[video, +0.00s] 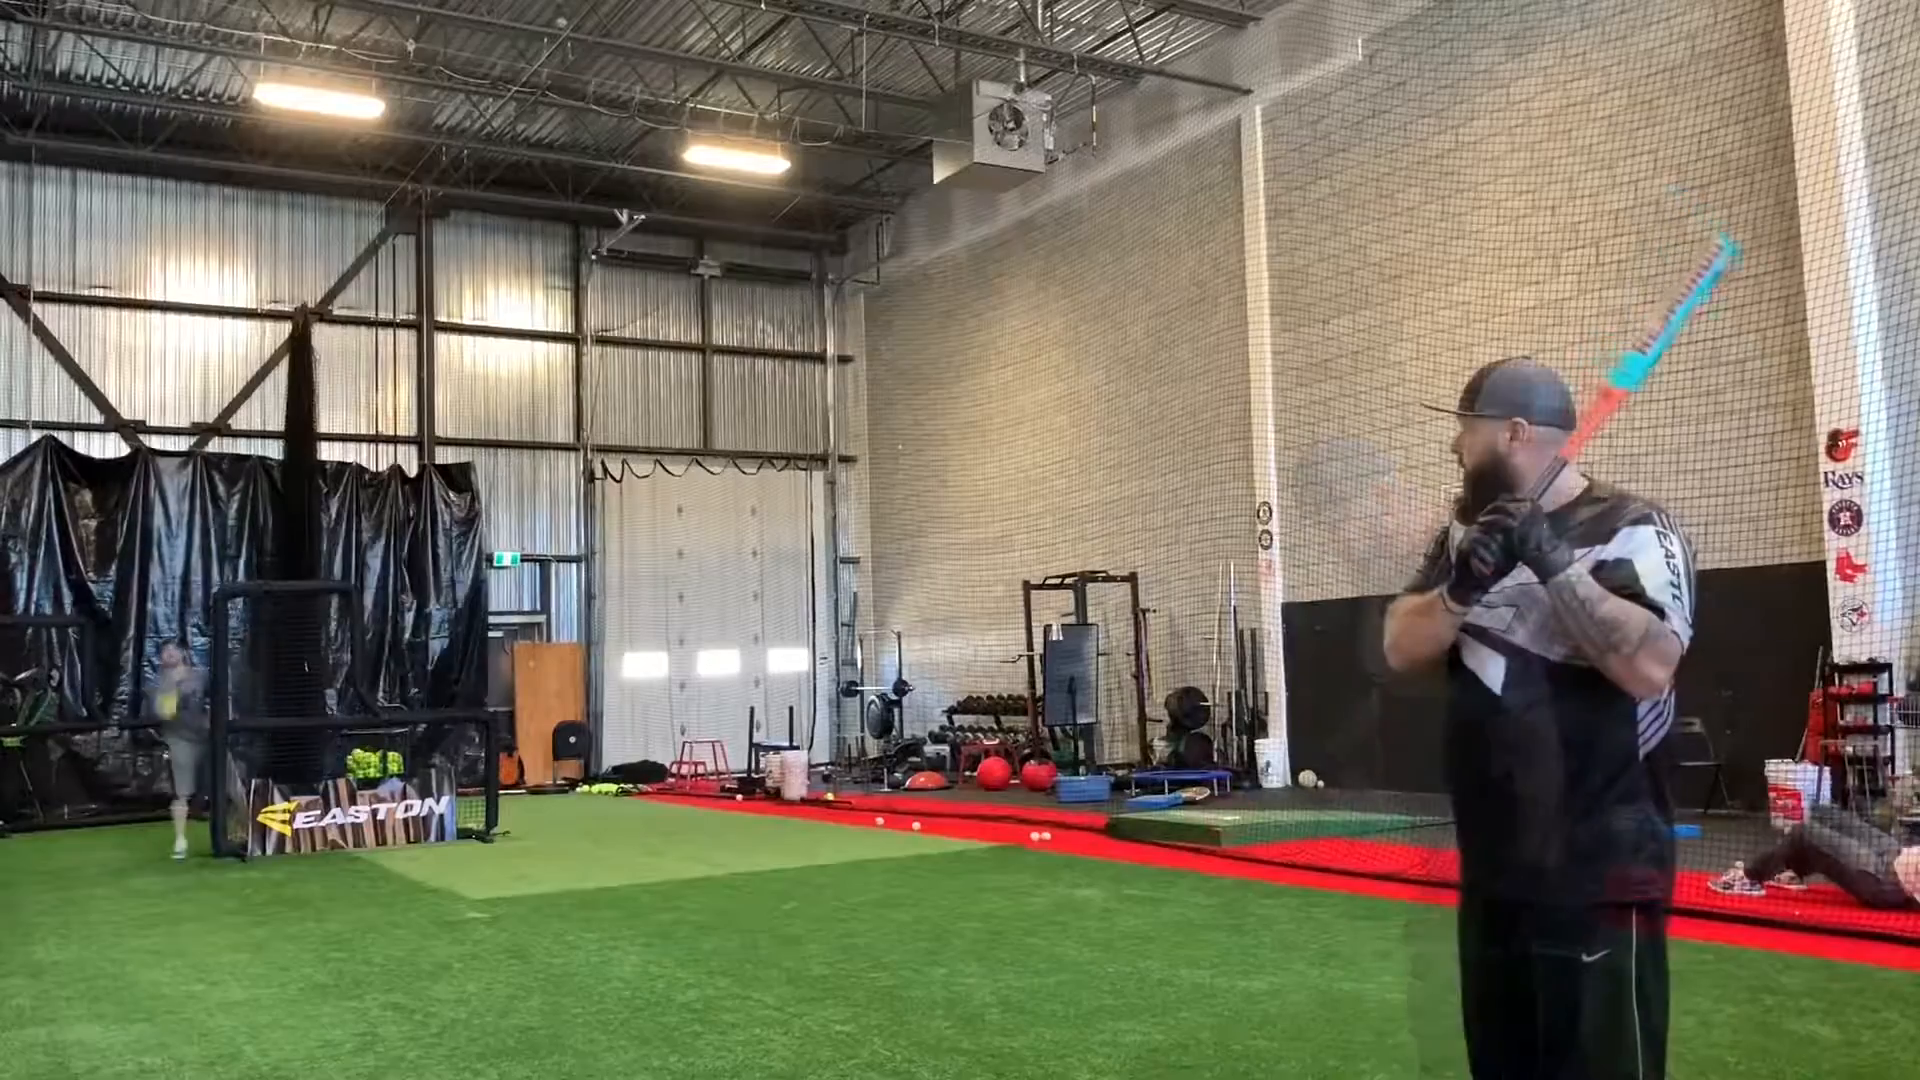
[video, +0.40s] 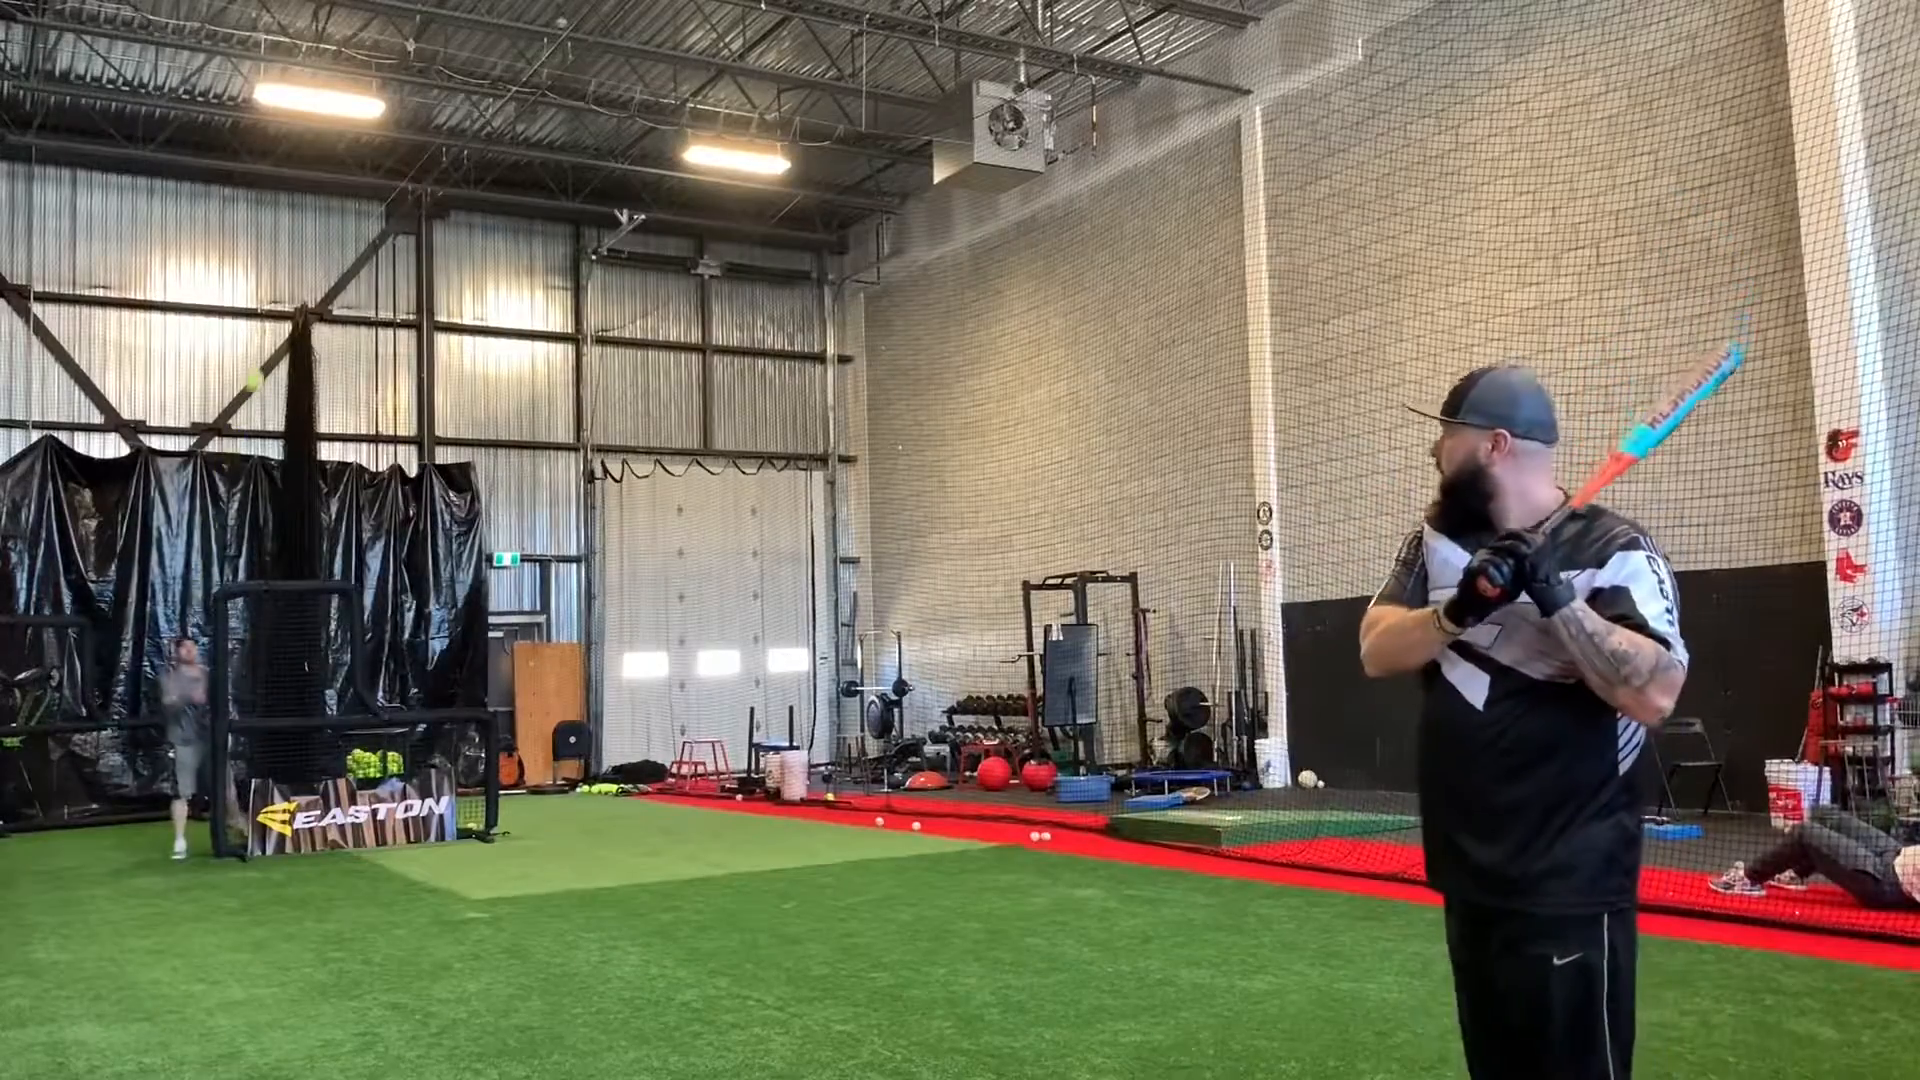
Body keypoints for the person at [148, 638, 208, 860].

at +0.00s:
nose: (169, 657)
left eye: (173, 653)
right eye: (165, 654)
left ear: (183, 655)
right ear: (160, 659)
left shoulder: (200, 677)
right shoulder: (160, 683)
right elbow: (156, 712)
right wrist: (175, 687)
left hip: (211, 735)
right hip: (181, 736)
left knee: (233, 788)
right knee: (182, 792)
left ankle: (250, 831)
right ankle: (180, 840)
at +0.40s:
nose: (189, 652)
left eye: (191, 647)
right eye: (184, 649)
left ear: (197, 650)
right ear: (177, 653)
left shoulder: (207, 674)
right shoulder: (171, 677)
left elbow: (223, 698)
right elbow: (168, 703)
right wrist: (188, 696)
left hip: (213, 738)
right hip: (185, 740)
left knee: (227, 789)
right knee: (182, 793)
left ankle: (237, 828)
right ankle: (179, 840)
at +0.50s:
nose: (196, 651)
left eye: (199, 647)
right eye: (190, 648)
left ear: (205, 652)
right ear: (184, 654)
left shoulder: (217, 677)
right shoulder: (177, 682)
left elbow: (229, 707)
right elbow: (175, 719)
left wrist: (231, 734)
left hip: (219, 737)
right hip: (192, 737)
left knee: (228, 789)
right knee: (185, 792)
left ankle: (237, 827)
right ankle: (180, 839)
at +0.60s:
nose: (203, 657)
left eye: (206, 652)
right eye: (198, 653)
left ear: (212, 655)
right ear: (190, 656)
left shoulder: (221, 680)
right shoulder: (185, 685)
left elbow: (233, 712)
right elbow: (181, 724)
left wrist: (239, 738)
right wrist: (179, 758)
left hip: (222, 744)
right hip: (195, 745)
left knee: (233, 795)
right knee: (188, 794)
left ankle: (247, 837)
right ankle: (181, 839)